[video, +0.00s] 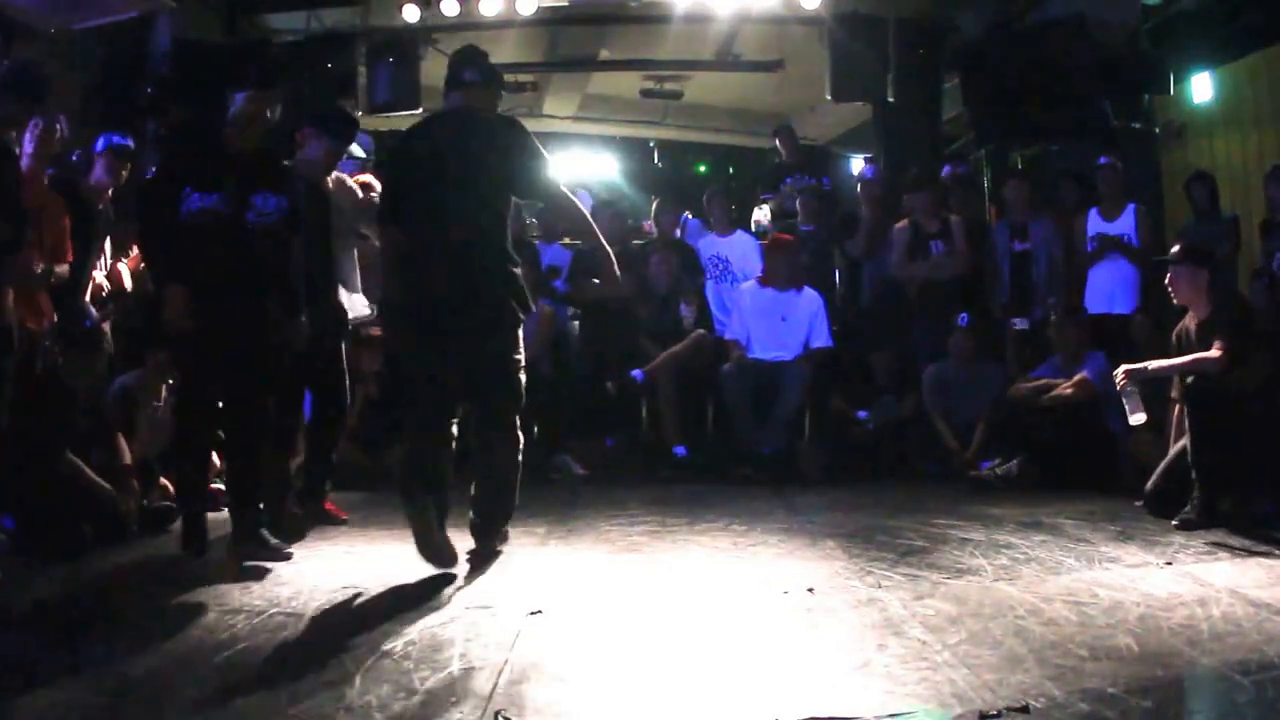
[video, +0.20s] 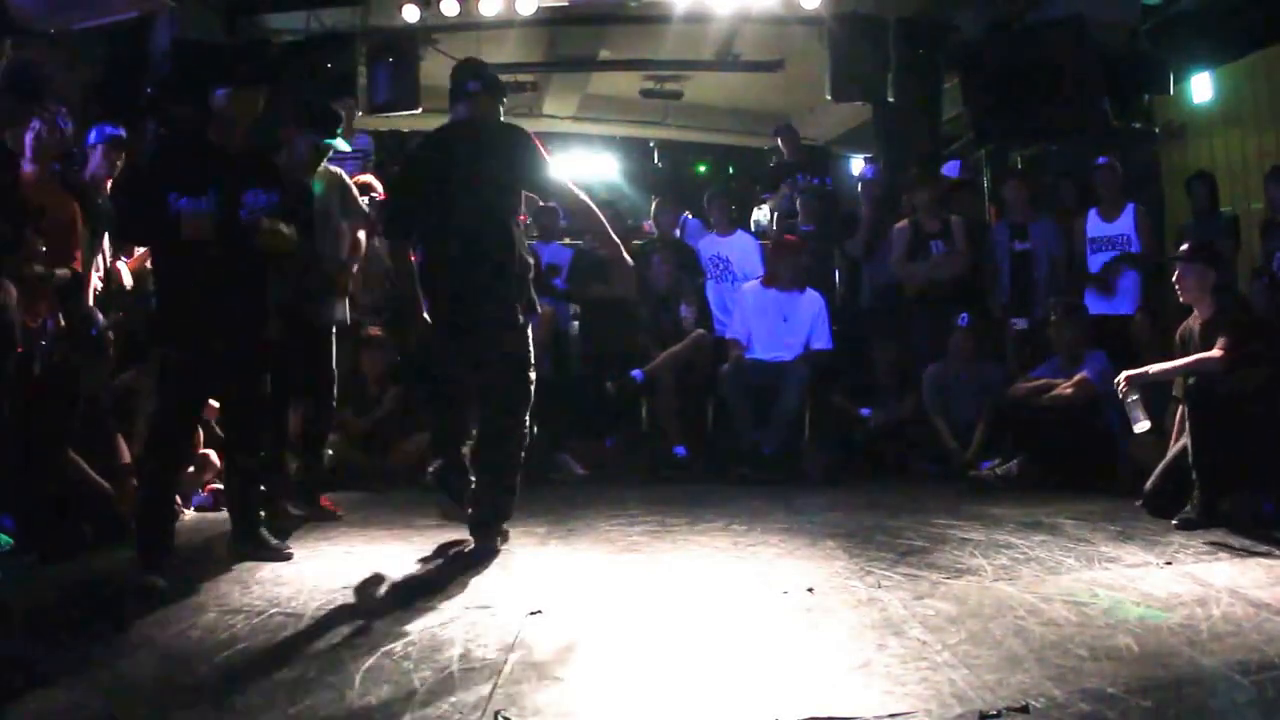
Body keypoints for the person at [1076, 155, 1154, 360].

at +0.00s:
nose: (1107, 183)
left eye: (1111, 177)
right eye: (1102, 178)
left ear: (1120, 180)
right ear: (1097, 181)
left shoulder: (1137, 214)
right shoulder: (1087, 218)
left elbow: (1145, 259)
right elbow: (1080, 263)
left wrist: (1119, 245)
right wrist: (1100, 250)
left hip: (1127, 302)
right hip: (1096, 303)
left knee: (1128, 360)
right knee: (1098, 361)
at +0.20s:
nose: (1105, 184)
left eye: (1110, 178)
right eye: (1100, 179)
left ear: (1119, 180)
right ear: (1095, 183)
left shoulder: (1136, 215)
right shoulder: (1085, 220)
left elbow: (1150, 258)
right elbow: (1077, 267)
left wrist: (1122, 260)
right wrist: (1095, 280)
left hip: (1129, 308)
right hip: (1097, 310)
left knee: (1131, 369)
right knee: (1100, 368)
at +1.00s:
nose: (1109, 180)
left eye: (1114, 174)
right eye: (1105, 174)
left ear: (1124, 177)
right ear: (1100, 178)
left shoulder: (1142, 214)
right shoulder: (1092, 215)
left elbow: (1149, 260)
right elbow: (1089, 259)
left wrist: (1139, 297)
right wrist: (1088, 295)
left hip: (1134, 302)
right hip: (1103, 302)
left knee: (1135, 362)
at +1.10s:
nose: (1109, 180)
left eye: (1114, 174)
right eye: (1105, 174)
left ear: (1125, 178)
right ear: (1100, 178)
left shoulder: (1142, 214)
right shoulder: (1093, 214)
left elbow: (1149, 260)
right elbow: (1089, 259)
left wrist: (1146, 302)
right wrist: (1089, 297)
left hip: (1134, 305)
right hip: (1103, 305)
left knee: (1137, 366)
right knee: (1105, 366)